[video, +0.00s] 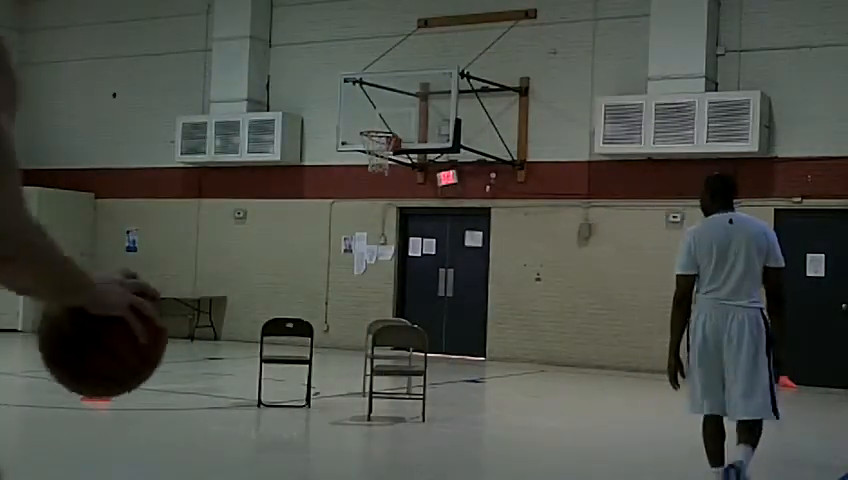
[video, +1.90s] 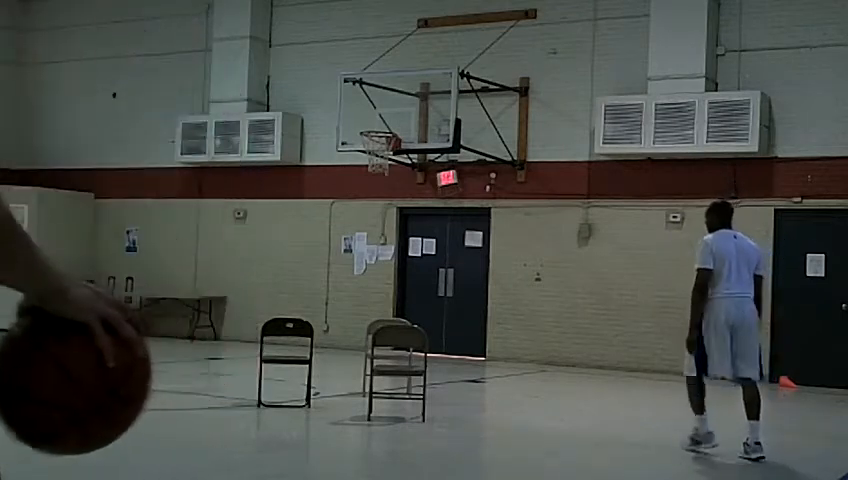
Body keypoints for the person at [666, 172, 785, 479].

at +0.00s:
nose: (700, 204)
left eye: (701, 199)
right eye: (701, 199)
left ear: (707, 200)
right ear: (734, 200)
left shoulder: (697, 234)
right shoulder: (762, 232)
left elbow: (682, 297)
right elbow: (775, 291)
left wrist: (673, 351)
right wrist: (778, 342)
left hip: (707, 320)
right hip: (748, 320)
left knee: (711, 405)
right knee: (751, 403)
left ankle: (718, 474)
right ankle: (741, 464)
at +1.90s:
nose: (706, 222)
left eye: (707, 218)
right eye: (707, 218)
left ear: (713, 219)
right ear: (730, 219)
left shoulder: (709, 242)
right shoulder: (752, 246)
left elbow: (701, 286)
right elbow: (758, 290)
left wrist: (693, 329)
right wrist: (755, 322)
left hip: (717, 309)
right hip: (747, 311)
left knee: (693, 370)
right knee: (748, 377)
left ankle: (702, 430)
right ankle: (754, 441)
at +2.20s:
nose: (668, 230)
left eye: (670, 225)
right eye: (668, 225)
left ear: (678, 225)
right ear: (691, 224)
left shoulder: (680, 249)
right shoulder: (715, 248)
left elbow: (678, 292)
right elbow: (720, 289)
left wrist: (675, 333)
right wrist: (716, 318)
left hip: (693, 313)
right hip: (719, 312)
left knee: (680, 370)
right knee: (723, 371)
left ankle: (679, 427)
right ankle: (746, 422)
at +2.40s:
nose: (649, 225)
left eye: (651, 221)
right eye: (649, 221)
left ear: (660, 221)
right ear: (671, 220)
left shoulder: (662, 245)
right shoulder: (692, 244)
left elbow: (654, 288)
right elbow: (698, 282)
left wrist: (635, 326)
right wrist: (693, 308)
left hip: (671, 307)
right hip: (693, 305)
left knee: (670, 369)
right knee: (682, 367)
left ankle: (678, 429)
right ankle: (704, 411)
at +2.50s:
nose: (639, 226)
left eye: (641, 221)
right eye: (639, 221)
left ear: (649, 222)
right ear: (661, 220)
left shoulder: (653, 245)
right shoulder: (680, 244)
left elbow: (641, 286)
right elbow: (687, 278)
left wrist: (618, 318)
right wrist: (683, 304)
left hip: (661, 305)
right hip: (681, 304)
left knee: (662, 368)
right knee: (665, 366)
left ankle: (677, 428)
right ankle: (670, 419)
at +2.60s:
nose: (628, 228)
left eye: (630, 223)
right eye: (628, 223)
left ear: (638, 224)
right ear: (648, 223)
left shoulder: (641, 248)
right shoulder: (668, 246)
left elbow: (626, 288)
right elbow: (675, 281)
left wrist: (603, 314)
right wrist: (671, 305)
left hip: (650, 305)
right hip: (669, 304)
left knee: (658, 367)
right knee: (646, 364)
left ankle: (677, 427)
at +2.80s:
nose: (604, 231)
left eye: (606, 226)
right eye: (604, 226)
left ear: (614, 227)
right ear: (624, 226)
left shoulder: (616, 248)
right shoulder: (642, 249)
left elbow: (603, 287)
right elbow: (647, 288)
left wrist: (583, 321)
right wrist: (643, 312)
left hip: (624, 307)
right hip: (640, 306)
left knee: (629, 368)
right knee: (612, 364)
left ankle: (665, 415)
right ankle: (605, 417)